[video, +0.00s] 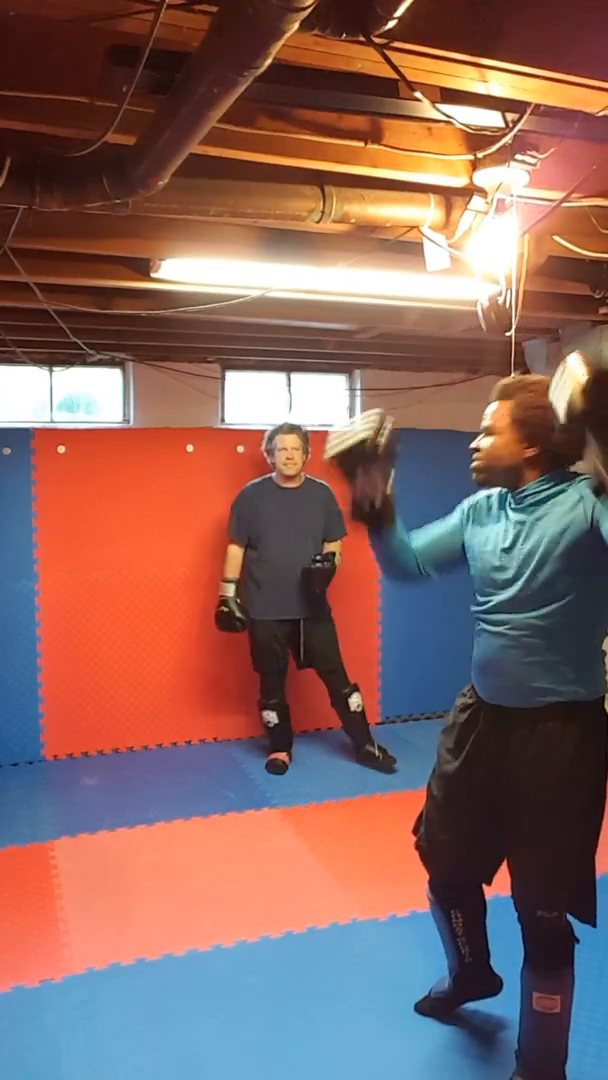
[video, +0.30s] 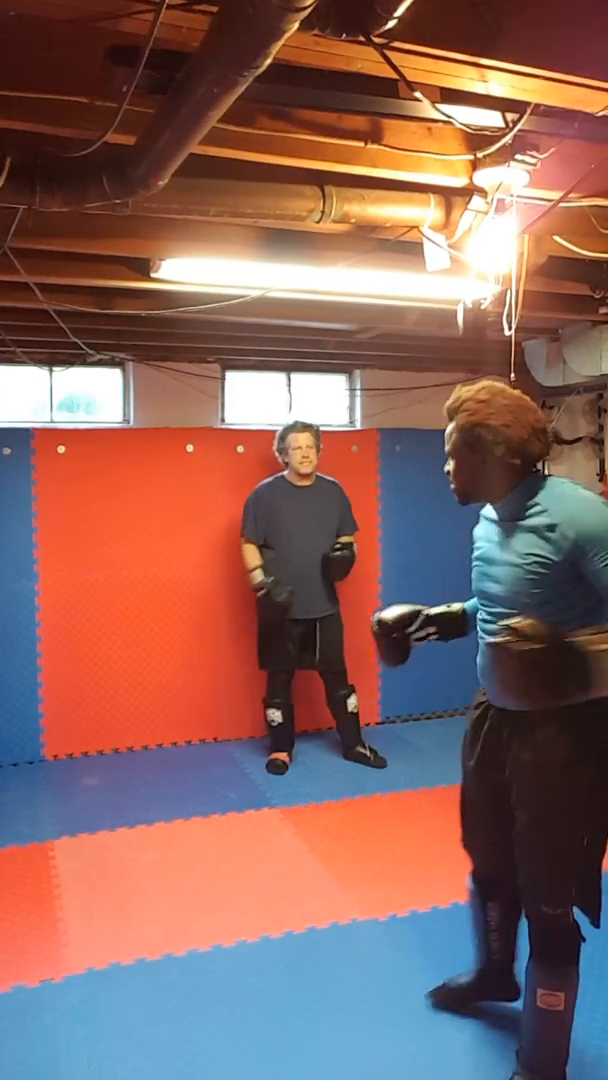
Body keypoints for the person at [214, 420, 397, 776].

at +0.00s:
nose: (289, 456)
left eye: (295, 450)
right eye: (282, 450)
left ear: (306, 454)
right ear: (269, 455)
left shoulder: (321, 494)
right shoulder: (250, 496)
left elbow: (334, 539)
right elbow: (236, 546)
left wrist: (326, 567)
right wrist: (228, 593)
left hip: (311, 604)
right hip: (264, 606)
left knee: (336, 674)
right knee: (271, 682)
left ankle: (364, 743)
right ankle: (280, 749)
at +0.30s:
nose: (305, 455)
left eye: (310, 448)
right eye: (297, 449)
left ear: (319, 452)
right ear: (283, 455)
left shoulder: (333, 492)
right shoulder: (264, 496)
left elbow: (347, 534)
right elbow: (250, 543)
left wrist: (345, 556)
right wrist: (263, 585)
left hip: (324, 604)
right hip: (281, 606)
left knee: (337, 675)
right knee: (280, 677)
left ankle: (353, 743)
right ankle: (281, 748)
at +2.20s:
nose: (362, 457)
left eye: (365, 449)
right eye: (353, 451)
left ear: (371, 450)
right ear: (334, 455)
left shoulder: (384, 490)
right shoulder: (317, 494)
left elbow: (400, 539)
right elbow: (300, 549)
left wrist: (370, 540)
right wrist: (342, 541)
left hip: (379, 609)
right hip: (336, 612)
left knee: (378, 685)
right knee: (338, 686)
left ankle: (376, 756)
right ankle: (341, 765)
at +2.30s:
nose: (361, 458)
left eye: (364, 451)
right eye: (353, 452)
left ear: (369, 451)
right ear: (333, 455)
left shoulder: (381, 489)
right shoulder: (315, 495)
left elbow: (397, 540)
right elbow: (298, 550)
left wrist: (365, 539)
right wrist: (345, 541)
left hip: (378, 609)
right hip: (335, 614)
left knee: (378, 685)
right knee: (337, 685)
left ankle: (378, 755)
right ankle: (337, 759)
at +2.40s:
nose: (360, 460)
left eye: (363, 453)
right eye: (351, 454)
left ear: (367, 452)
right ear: (332, 457)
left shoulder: (377, 490)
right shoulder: (315, 495)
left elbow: (393, 542)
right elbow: (296, 552)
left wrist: (366, 543)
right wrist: (341, 548)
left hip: (376, 614)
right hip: (334, 617)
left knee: (373, 689)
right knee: (337, 689)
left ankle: (371, 760)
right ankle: (336, 762)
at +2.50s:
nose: (359, 462)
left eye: (362, 454)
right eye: (350, 456)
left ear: (368, 453)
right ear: (331, 458)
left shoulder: (374, 489)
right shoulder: (316, 494)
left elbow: (387, 543)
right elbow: (296, 552)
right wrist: (340, 546)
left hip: (373, 619)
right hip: (333, 621)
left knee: (368, 698)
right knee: (336, 697)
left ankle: (367, 771)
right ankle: (334, 771)